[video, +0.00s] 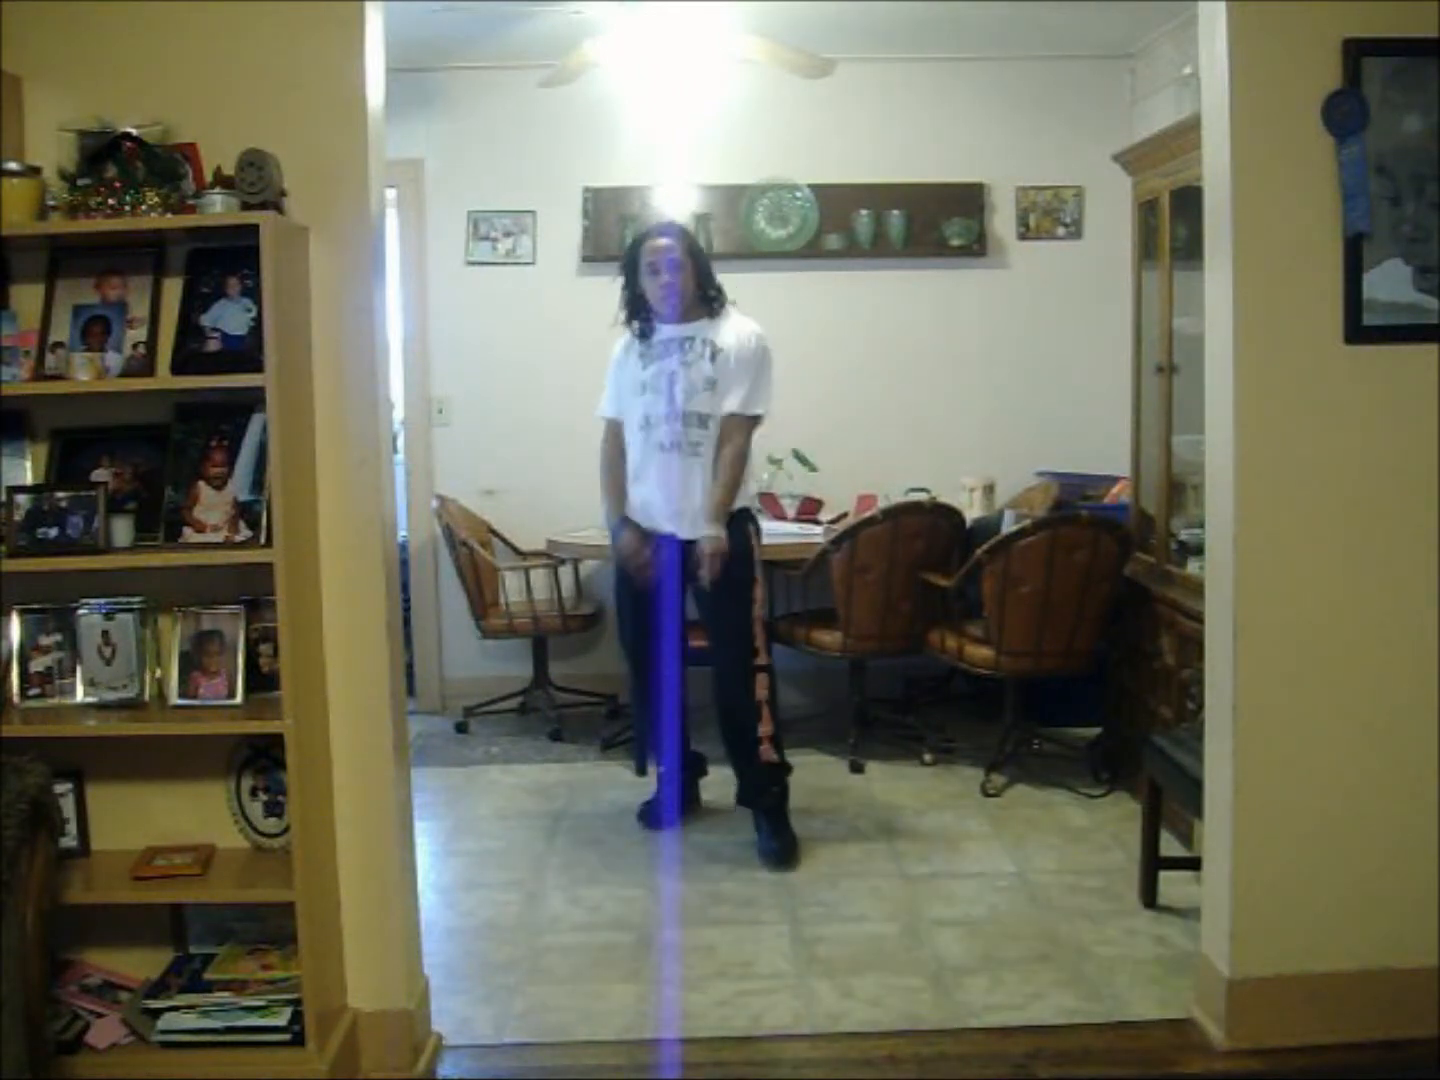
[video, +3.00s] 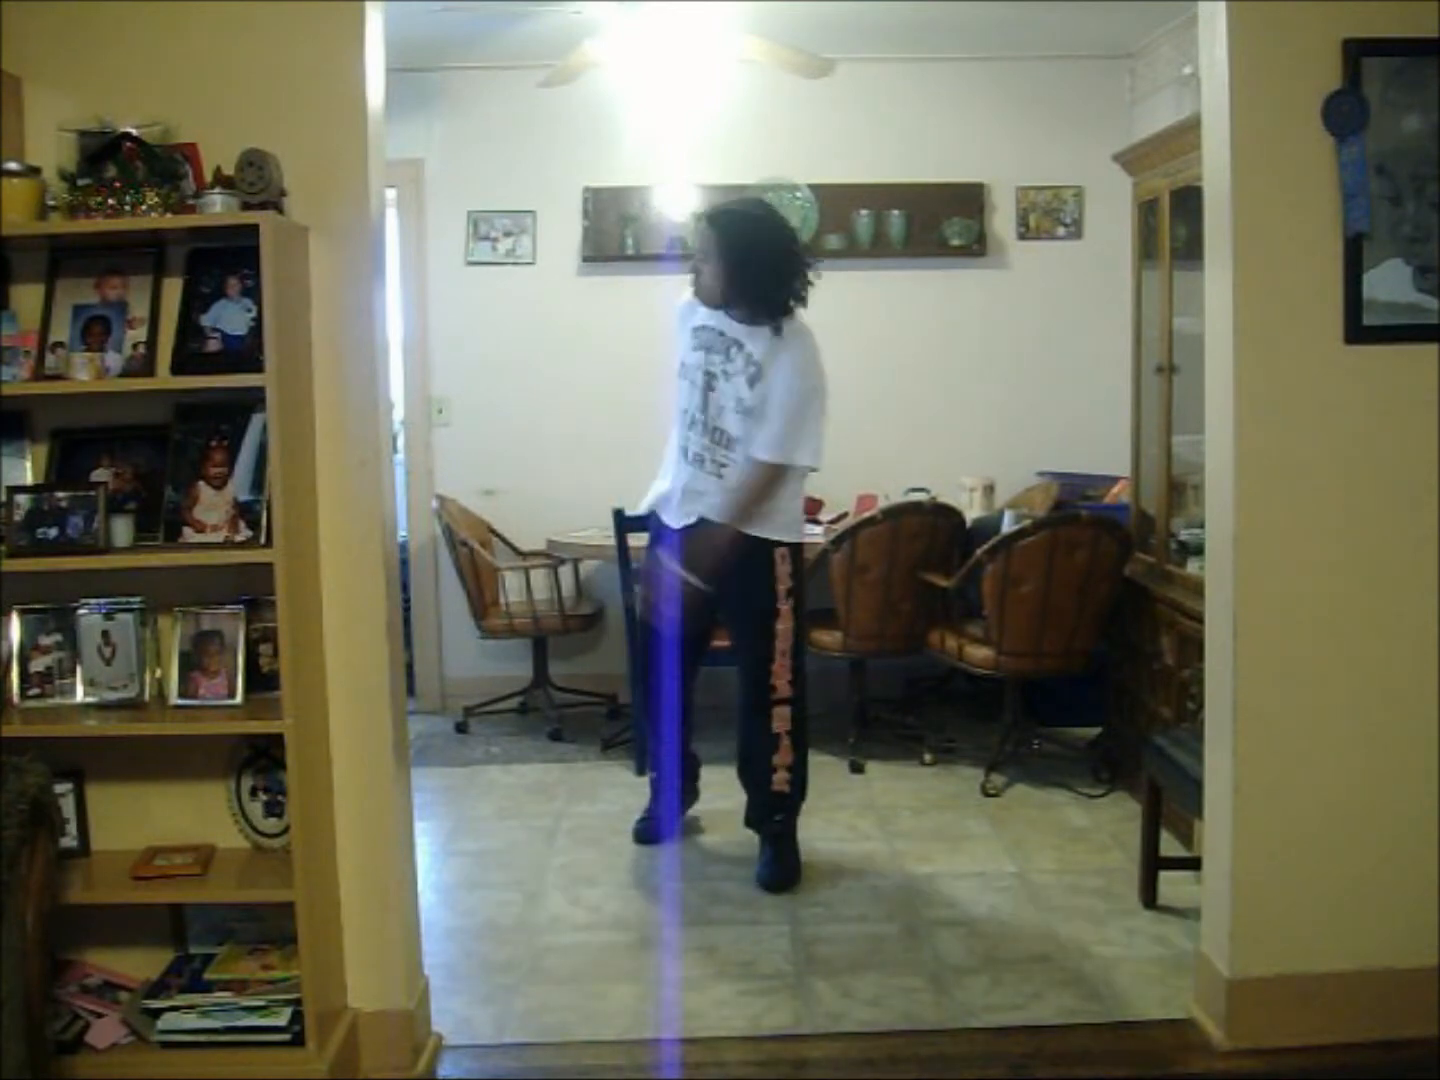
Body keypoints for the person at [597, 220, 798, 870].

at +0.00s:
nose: (664, 278)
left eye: (674, 265)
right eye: (653, 268)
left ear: (697, 271)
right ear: (637, 280)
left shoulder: (739, 338)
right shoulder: (631, 348)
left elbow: (735, 438)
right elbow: (613, 439)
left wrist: (716, 521)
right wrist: (619, 520)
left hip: (718, 527)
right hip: (644, 528)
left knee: (737, 668)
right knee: (651, 666)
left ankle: (768, 806)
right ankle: (675, 783)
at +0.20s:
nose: (677, 260)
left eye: (688, 249)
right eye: (664, 251)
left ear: (709, 257)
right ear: (646, 263)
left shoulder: (749, 328)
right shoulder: (631, 337)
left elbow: (769, 416)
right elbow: (610, 426)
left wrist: (794, 466)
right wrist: (583, 511)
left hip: (726, 514)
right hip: (647, 514)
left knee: (745, 656)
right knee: (658, 656)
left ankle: (777, 796)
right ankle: (675, 781)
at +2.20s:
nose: (700, 245)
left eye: (712, 235)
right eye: (686, 237)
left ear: (733, 252)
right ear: (663, 257)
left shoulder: (765, 331)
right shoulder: (633, 329)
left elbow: (777, 428)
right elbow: (604, 421)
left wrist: (791, 506)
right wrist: (603, 498)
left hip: (736, 525)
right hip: (653, 522)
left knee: (748, 672)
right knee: (655, 669)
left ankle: (777, 820)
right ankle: (667, 795)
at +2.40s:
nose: (713, 237)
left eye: (729, 229)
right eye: (703, 227)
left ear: (752, 251)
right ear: (686, 246)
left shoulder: (784, 329)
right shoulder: (653, 320)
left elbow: (817, 412)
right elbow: (634, 399)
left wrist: (870, 441)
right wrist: (572, 437)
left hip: (746, 514)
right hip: (663, 511)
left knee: (763, 668)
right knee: (661, 661)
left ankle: (777, 823)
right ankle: (668, 797)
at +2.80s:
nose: (701, 272)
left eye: (715, 264)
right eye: (704, 259)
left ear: (757, 276)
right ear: (715, 259)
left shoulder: (800, 352)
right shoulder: (688, 310)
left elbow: (829, 460)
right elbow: (667, 394)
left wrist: (848, 549)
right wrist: (654, 476)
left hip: (757, 527)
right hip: (677, 515)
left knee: (766, 675)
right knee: (667, 665)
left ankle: (776, 824)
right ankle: (670, 793)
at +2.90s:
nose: (702, 276)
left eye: (717, 267)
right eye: (703, 262)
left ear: (758, 274)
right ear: (707, 259)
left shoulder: (796, 349)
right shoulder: (689, 316)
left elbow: (811, 455)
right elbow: (685, 410)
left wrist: (796, 532)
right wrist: (669, 494)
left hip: (759, 524)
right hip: (681, 515)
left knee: (767, 674)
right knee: (668, 663)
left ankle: (776, 825)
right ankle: (671, 794)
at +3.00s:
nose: (692, 268)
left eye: (703, 258)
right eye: (693, 256)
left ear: (744, 266)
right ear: (718, 263)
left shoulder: (792, 350)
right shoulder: (694, 318)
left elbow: (774, 461)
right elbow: (691, 420)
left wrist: (716, 537)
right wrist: (665, 504)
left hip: (759, 532)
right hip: (682, 520)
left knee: (770, 679)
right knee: (663, 665)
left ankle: (776, 824)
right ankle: (671, 793)